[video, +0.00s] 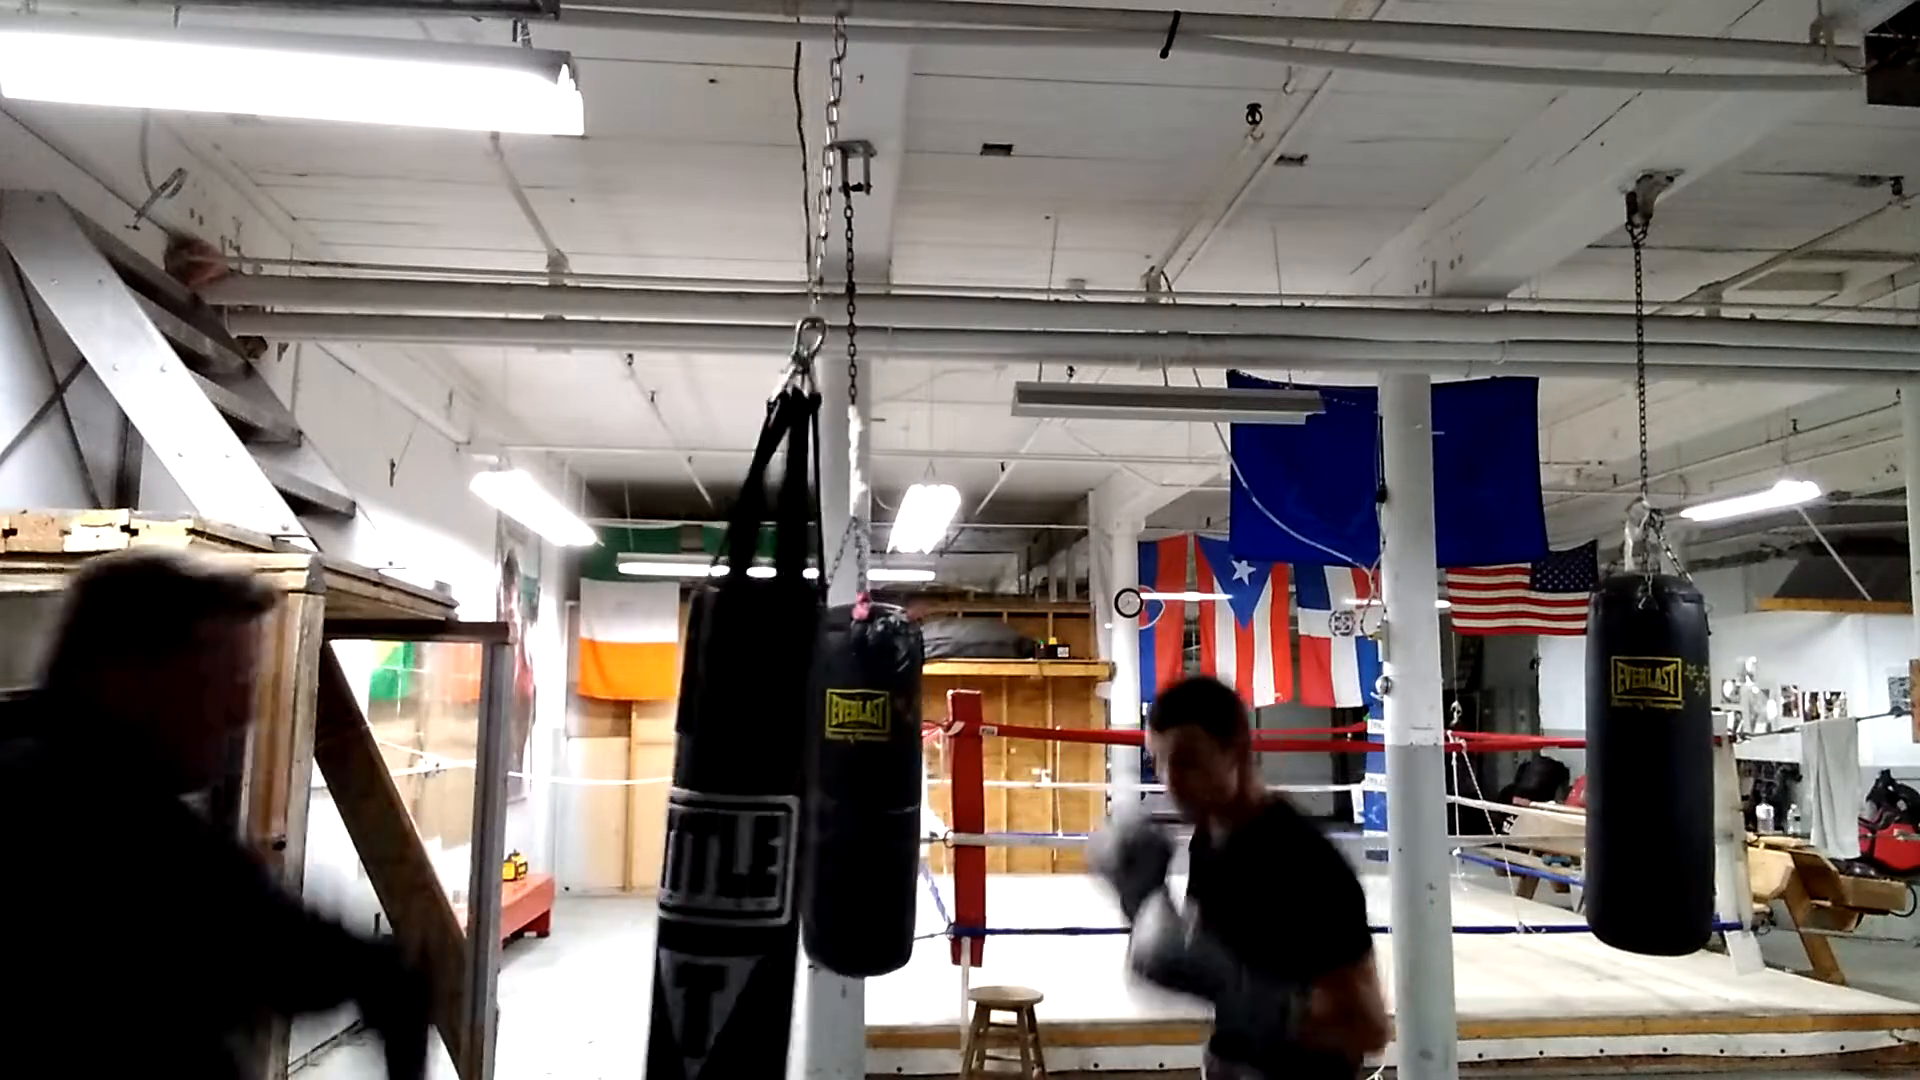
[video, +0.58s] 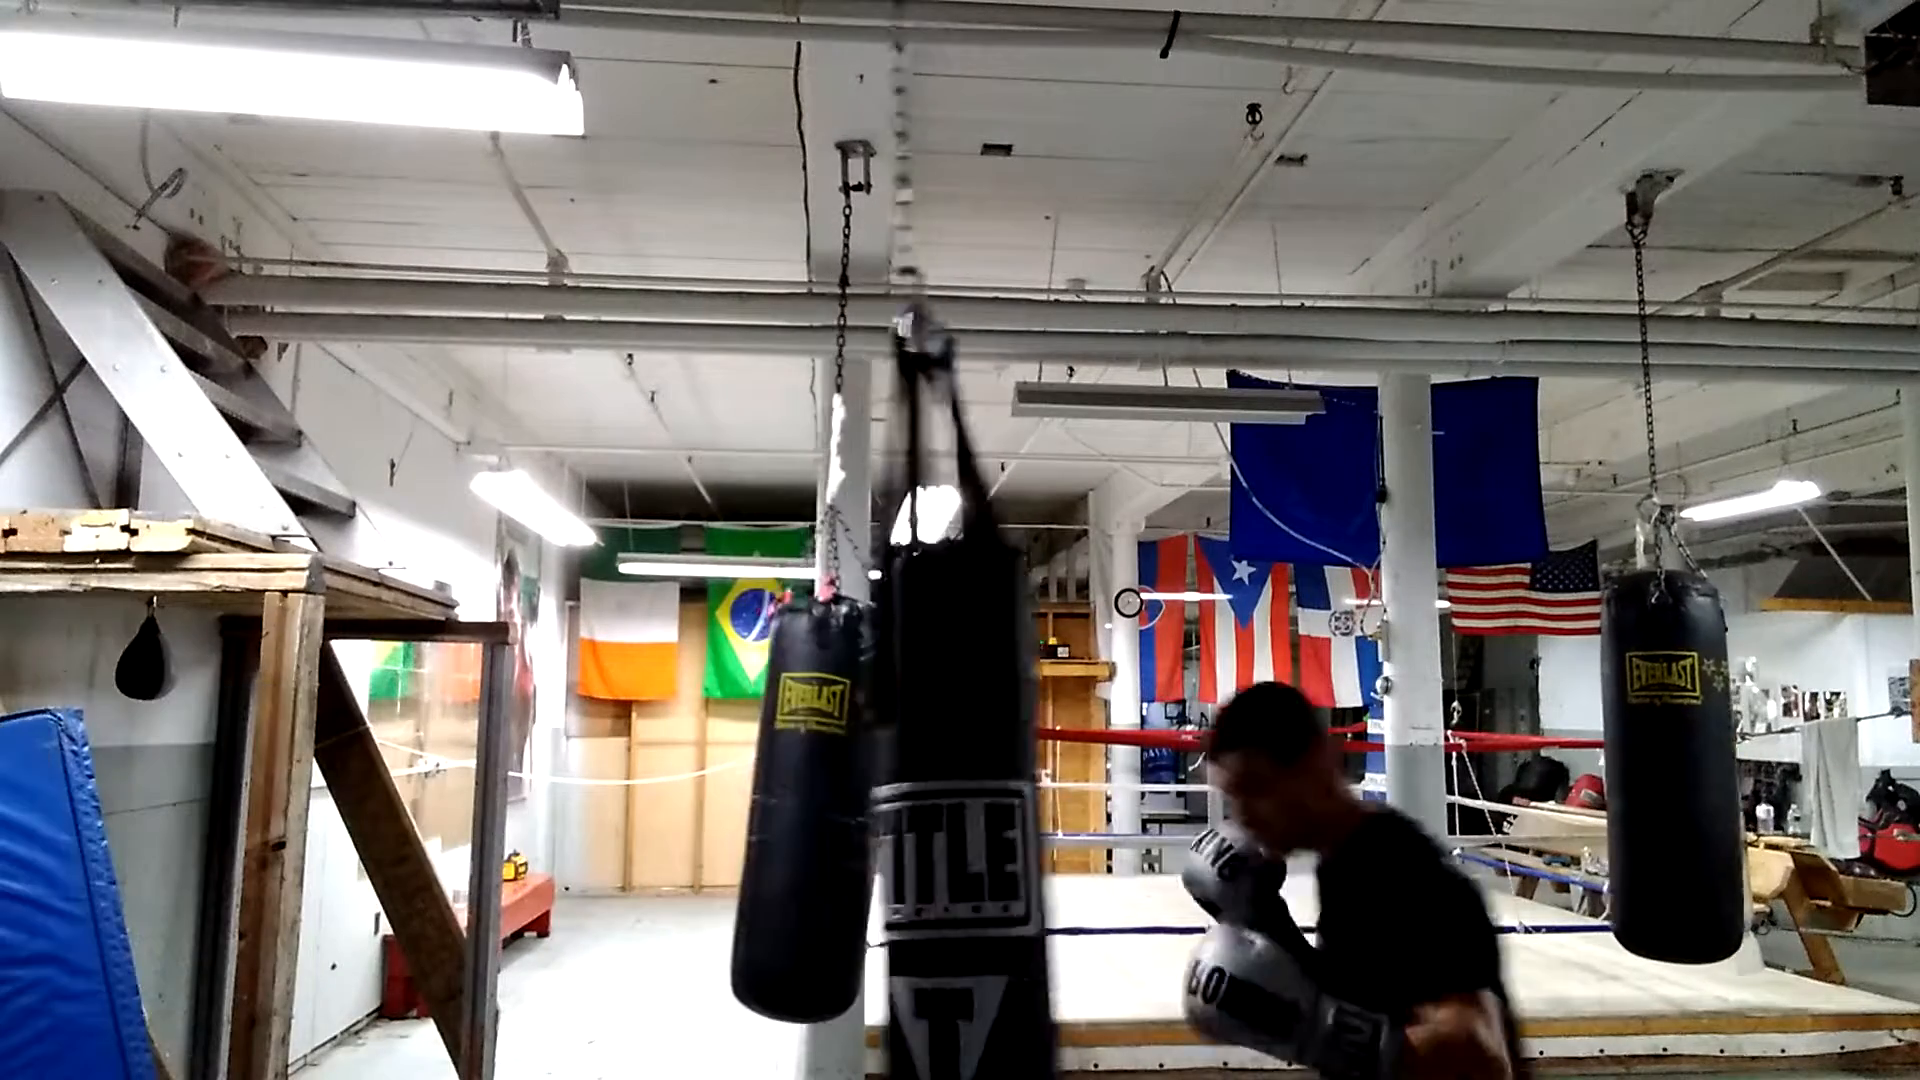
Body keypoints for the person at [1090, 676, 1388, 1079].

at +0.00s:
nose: (1168, 781)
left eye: (1184, 761)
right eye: (1159, 763)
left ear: (1235, 751)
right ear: (1152, 759)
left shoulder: (1305, 857)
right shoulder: (1211, 838)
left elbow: (1367, 1026)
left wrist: (1221, 982)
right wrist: (1145, 897)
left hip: (1307, 1074)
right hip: (1232, 1060)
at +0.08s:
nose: (1176, 744)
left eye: (1191, 722)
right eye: (1168, 725)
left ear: (1243, 711)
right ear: (1159, 723)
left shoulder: (1315, 812)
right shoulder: (1213, 807)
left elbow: (1388, 980)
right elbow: (1190, 938)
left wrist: (1255, 918)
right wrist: (1150, 850)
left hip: (1321, 1050)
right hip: (1246, 1037)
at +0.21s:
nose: (1192, 737)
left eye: (1212, 715)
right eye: (1183, 719)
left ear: (1266, 704)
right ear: (1178, 715)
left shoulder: (1349, 814)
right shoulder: (1223, 810)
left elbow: (1430, 979)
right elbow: (1196, 947)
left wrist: (1291, 923)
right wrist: (1167, 864)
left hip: (1346, 1058)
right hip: (1267, 1050)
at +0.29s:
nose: (1206, 767)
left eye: (1223, 745)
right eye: (1196, 748)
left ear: (1278, 732)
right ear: (1187, 742)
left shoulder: (1377, 855)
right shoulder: (1245, 848)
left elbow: (1446, 1013)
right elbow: (1214, 983)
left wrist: (1278, 968)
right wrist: (1195, 902)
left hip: (1377, 1076)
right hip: (1284, 1066)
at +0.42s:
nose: (1212, 788)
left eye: (1226, 765)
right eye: (1204, 770)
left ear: (1291, 756)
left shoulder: (1383, 871)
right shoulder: (1292, 860)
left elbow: (1467, 1041)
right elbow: (1329, 1005)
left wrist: (1331, 1052)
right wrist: (1249, 976)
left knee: (1235, 1032)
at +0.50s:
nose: (1210, 799)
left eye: (1227, 775)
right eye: (1204, 779)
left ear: (1294, 758)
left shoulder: (1380, 863)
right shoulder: (1317, 864)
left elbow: (1484, 1043)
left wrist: (1326, 1030)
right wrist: (1255, 937)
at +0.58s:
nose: (1239, 816)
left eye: (1252, 790)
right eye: (1229, 796)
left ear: (1317, 764)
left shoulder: (1397, 862)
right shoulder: (1347, 862)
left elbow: (1478, 1048)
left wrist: (1319, 1027)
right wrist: (1262, 914)